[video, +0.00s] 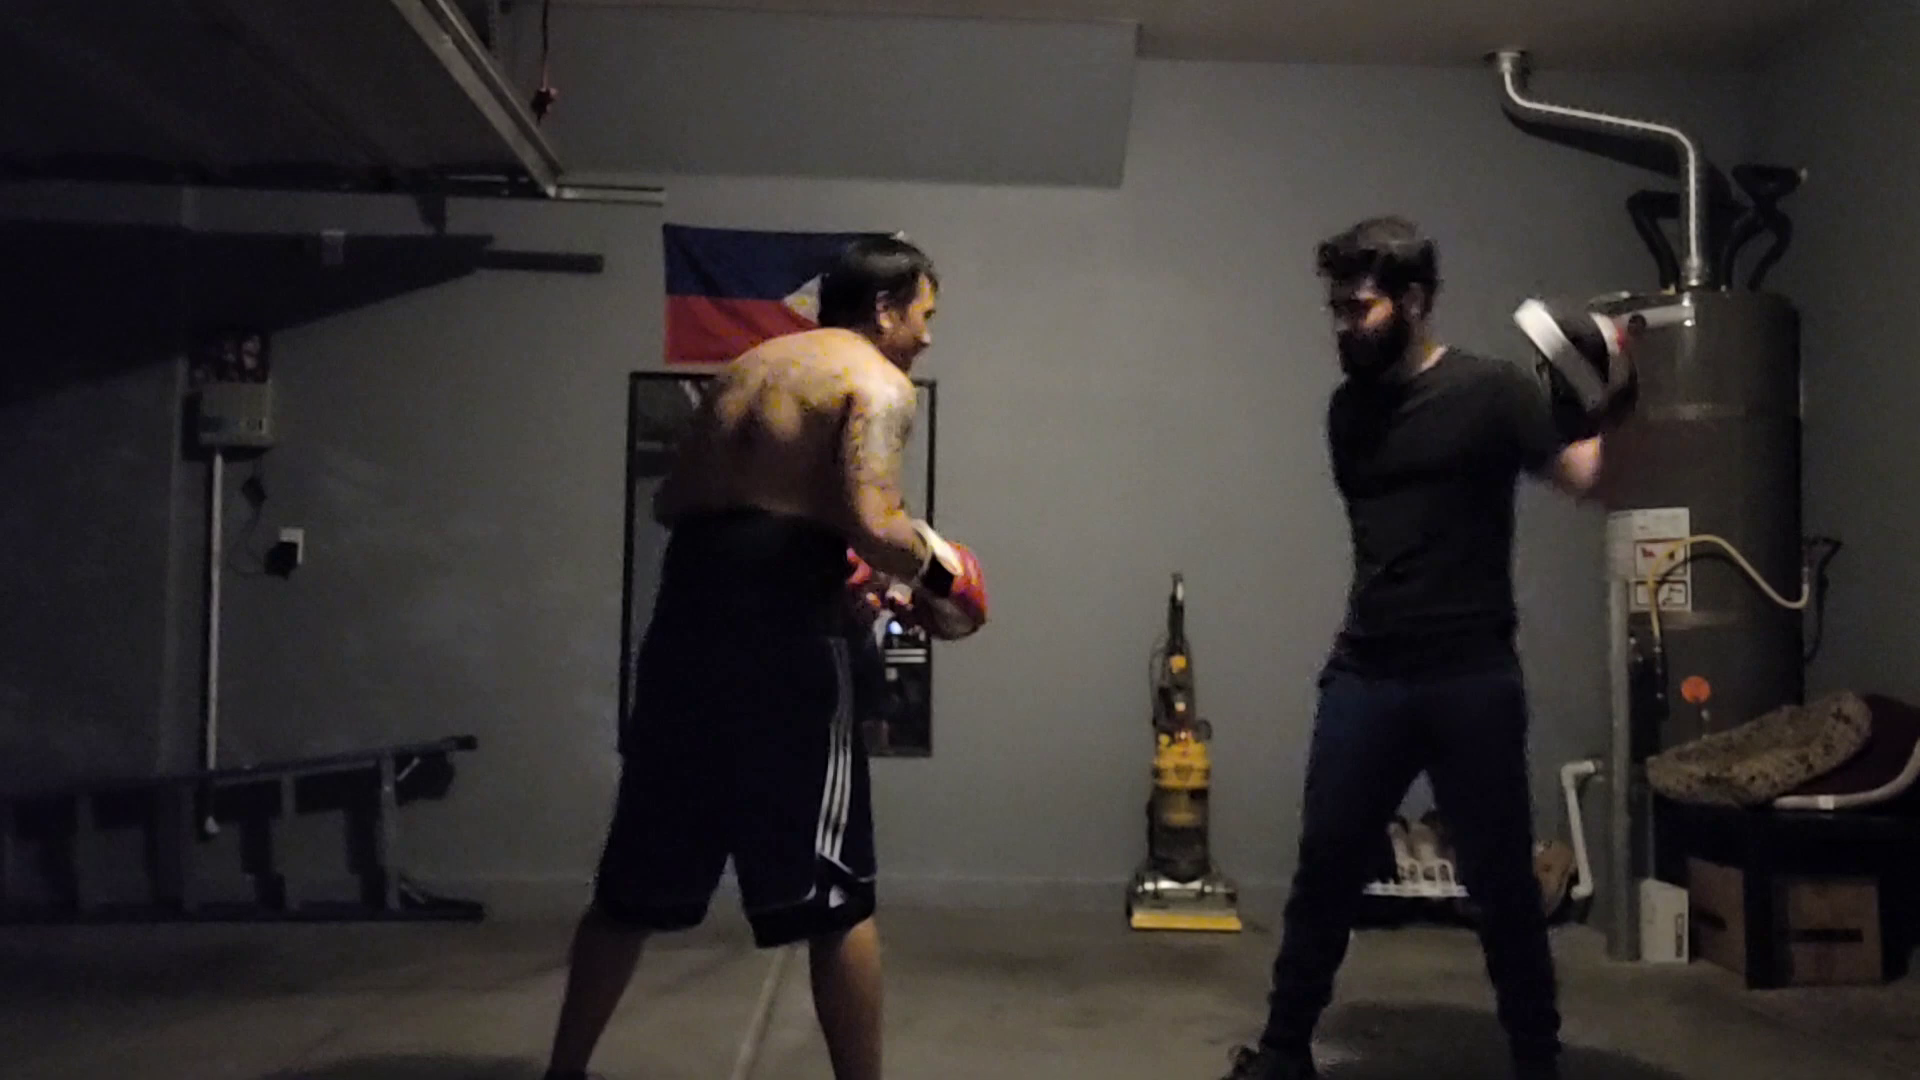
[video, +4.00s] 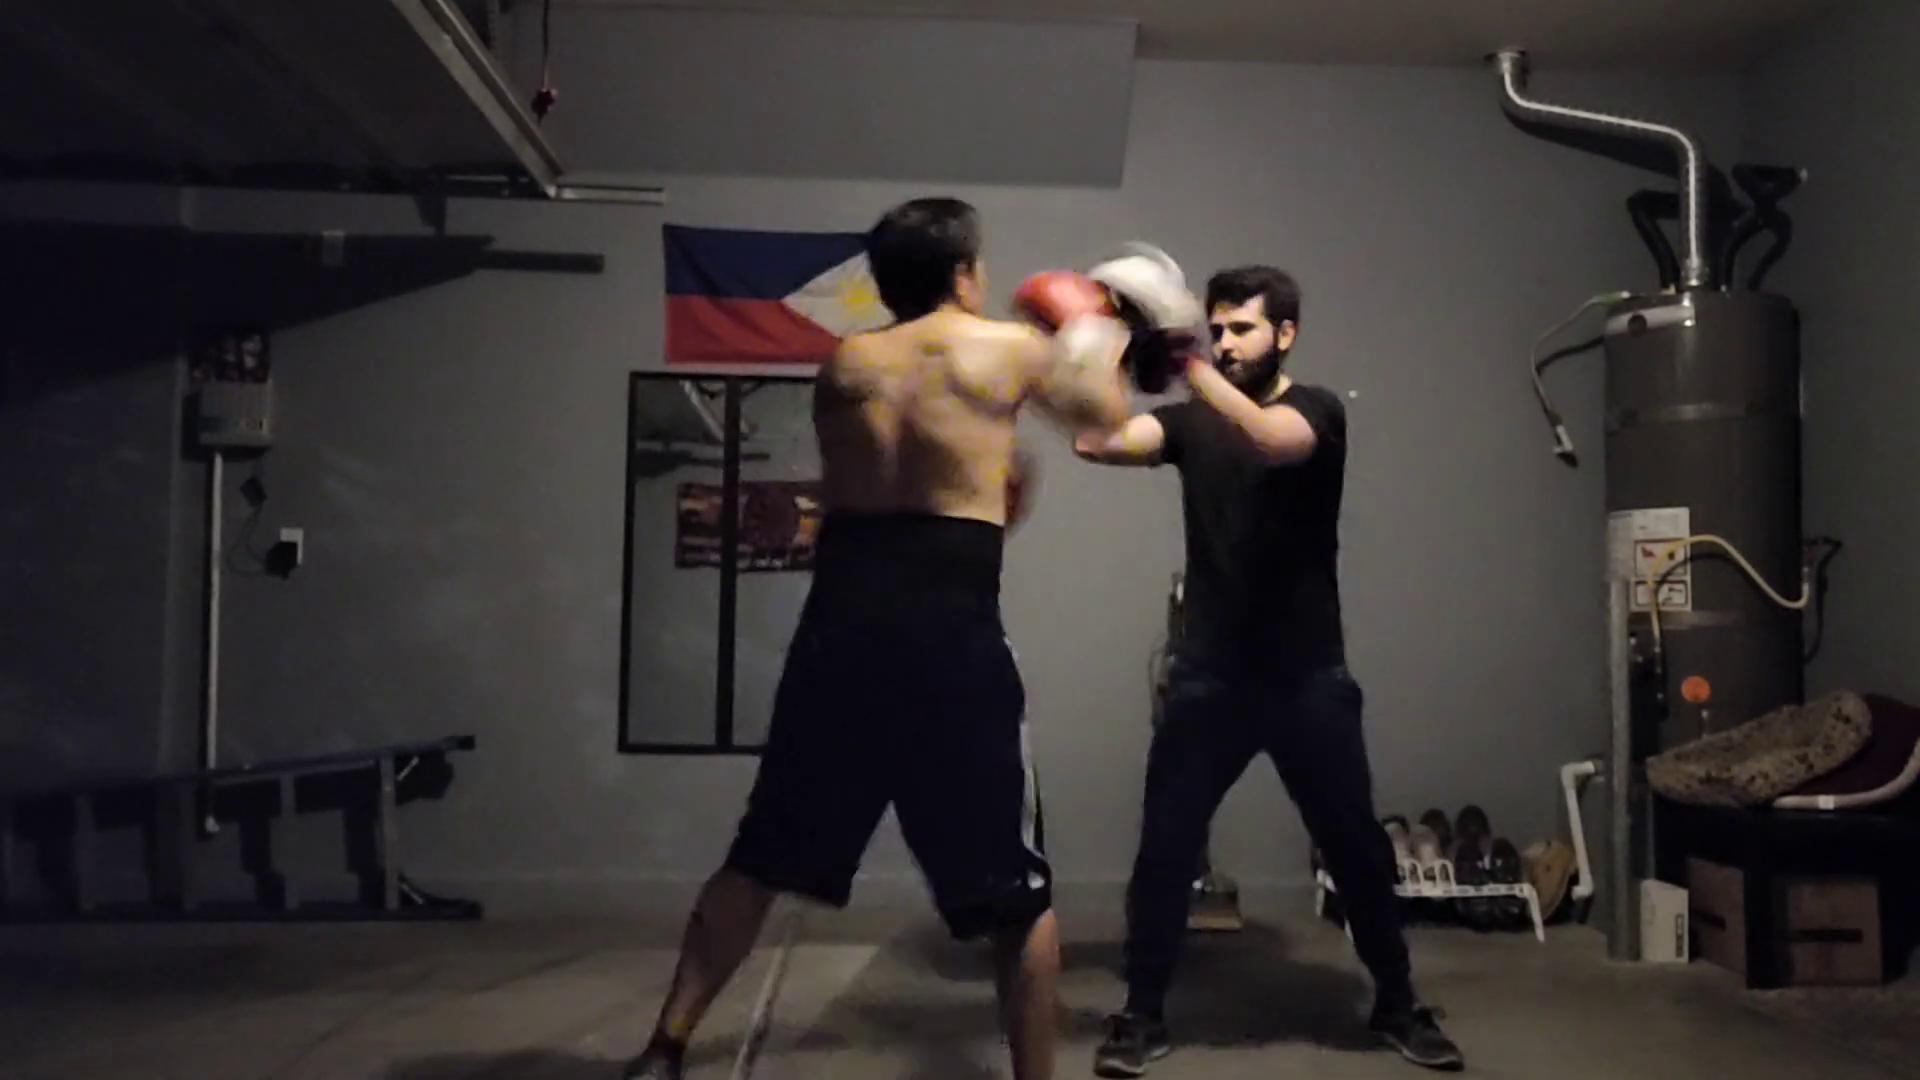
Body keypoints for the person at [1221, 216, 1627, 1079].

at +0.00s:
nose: (1343, 322)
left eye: (1360, 305)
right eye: (1337, 305)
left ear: (1415, 302)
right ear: (1335, 305)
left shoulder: (1492, 389)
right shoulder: (1349, 409)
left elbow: (1593, 479)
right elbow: (1379, 538)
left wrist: (1617, 398)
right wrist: (1363, 640)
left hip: (1469, 677)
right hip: (1367, 677)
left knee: (1500, 882)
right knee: (1325, 868)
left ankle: (1535, 1054)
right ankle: (1284, 1046)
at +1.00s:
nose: (1293, 315)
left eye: (1311, 299)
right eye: (1285, 301)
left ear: (1359, 306)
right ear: (1277, 311)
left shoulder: (1413, 403)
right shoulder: (1260, 422)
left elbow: (1476, 522)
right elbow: (1233, 539)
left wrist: (1382, 536)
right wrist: (1194, 601)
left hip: (1402, 667)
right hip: (1298, 671)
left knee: (1437, 855)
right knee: (1293, 862)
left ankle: (1464, 1034)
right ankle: (1281, 1042)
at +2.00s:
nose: (1291, 316)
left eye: (1308, 301)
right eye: (1283, 304)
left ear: (1357, 311)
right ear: (1278, 317)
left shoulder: (1417, 407)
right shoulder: (1264, 424)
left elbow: (1461, 516)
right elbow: (1198, 524)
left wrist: (1363, 497)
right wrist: (1163, 540)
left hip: (1425, 677)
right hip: (1316, 679)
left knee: (1464, 858)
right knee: (1292, 864)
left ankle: (1469, 1023)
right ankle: (1280, 1044)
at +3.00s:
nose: (1257, 328)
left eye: (1273, 312)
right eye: (1250, 316)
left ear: (1322, 317)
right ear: (1243, 329)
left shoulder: (1357, 395)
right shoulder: (1238, 407)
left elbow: (1272, 406)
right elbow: (1137, 409)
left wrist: (1197, 309)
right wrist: (1118, 343)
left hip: (1355, 671)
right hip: (1258, 673)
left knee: (1394, 840)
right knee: (1216, 845)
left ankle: (1429, 1004)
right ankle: (1188, 1029)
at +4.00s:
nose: (1226, 345)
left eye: (1242, 330)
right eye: (1217, 332)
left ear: (1285, 334)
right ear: (1206, 339)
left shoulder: (1319, 409)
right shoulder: (1192, 414)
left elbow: (1271, 436)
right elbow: (1105, 437)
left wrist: (1193, 365)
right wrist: (1083, 358)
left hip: (1305, 678)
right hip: (1207, 678)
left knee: (1355, 845)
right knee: (1166, 845)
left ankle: (1397, 1005)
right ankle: (1142, 1012)